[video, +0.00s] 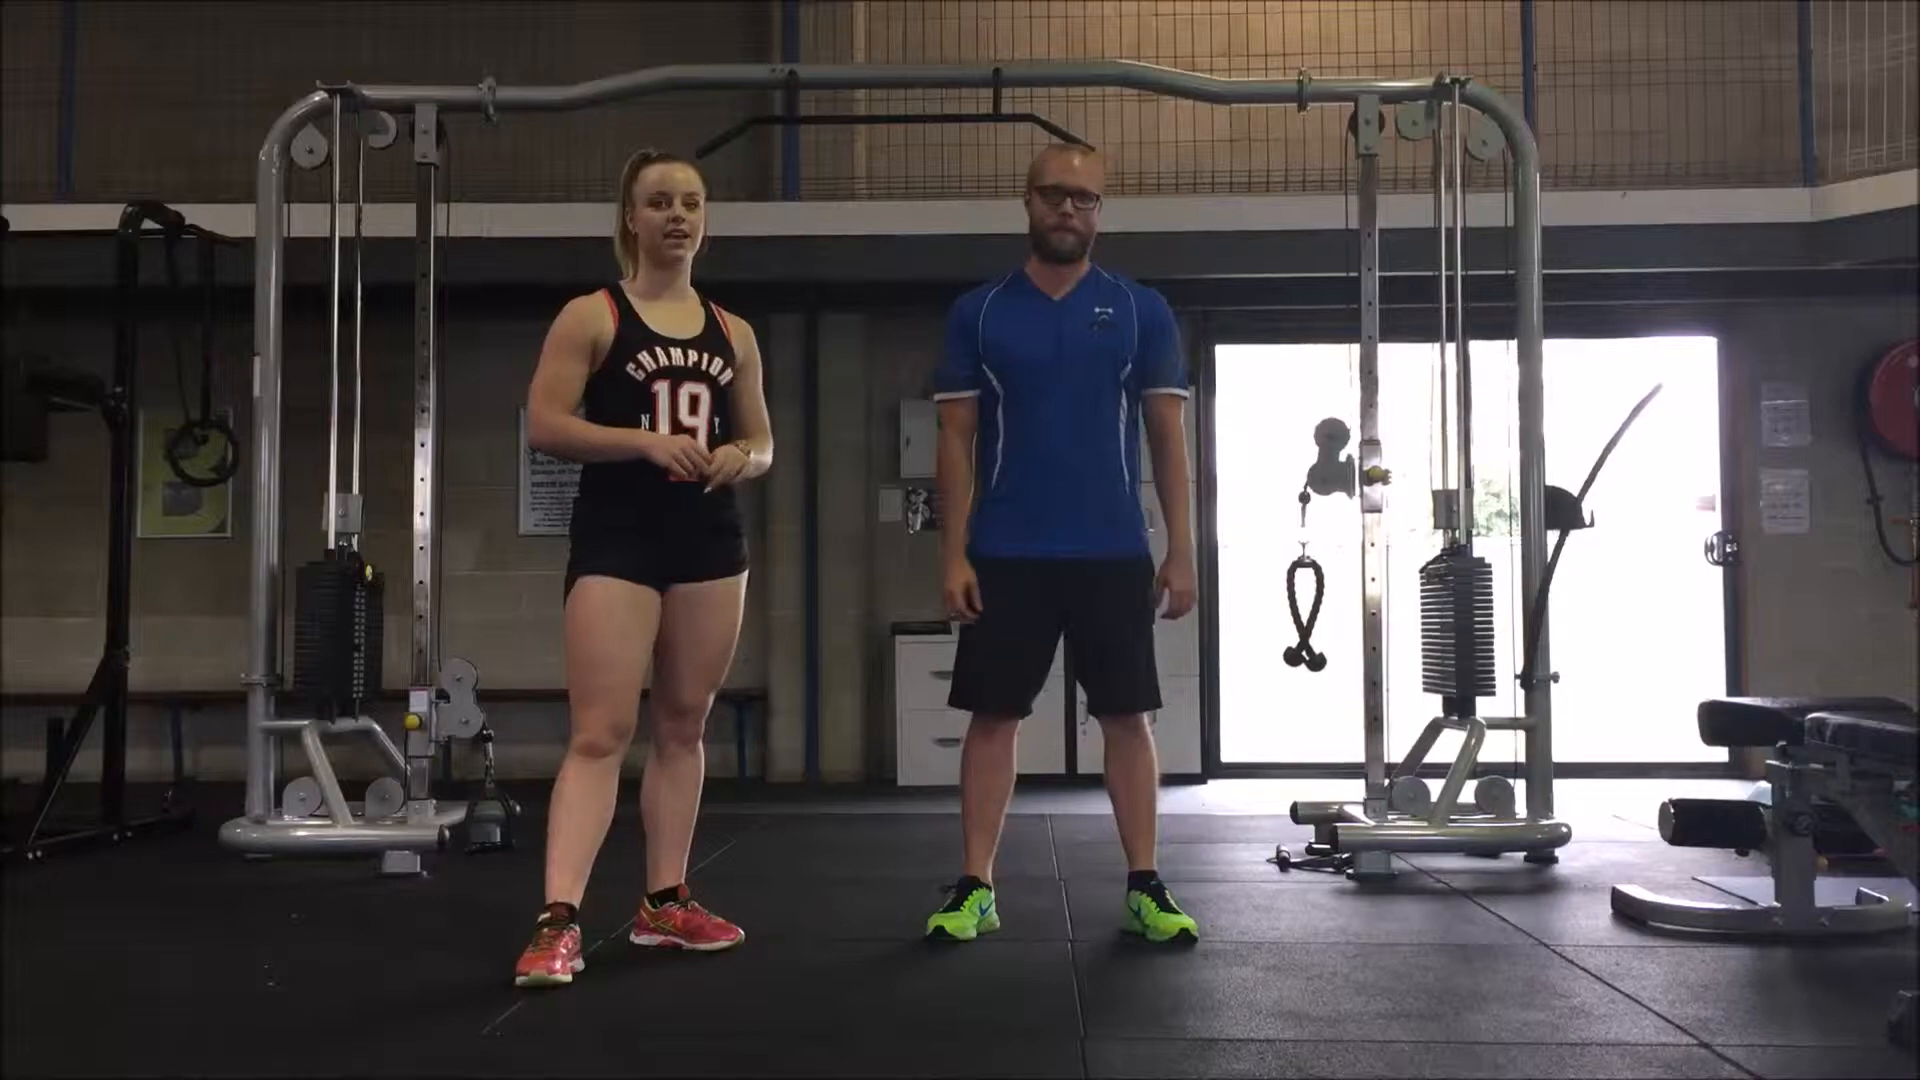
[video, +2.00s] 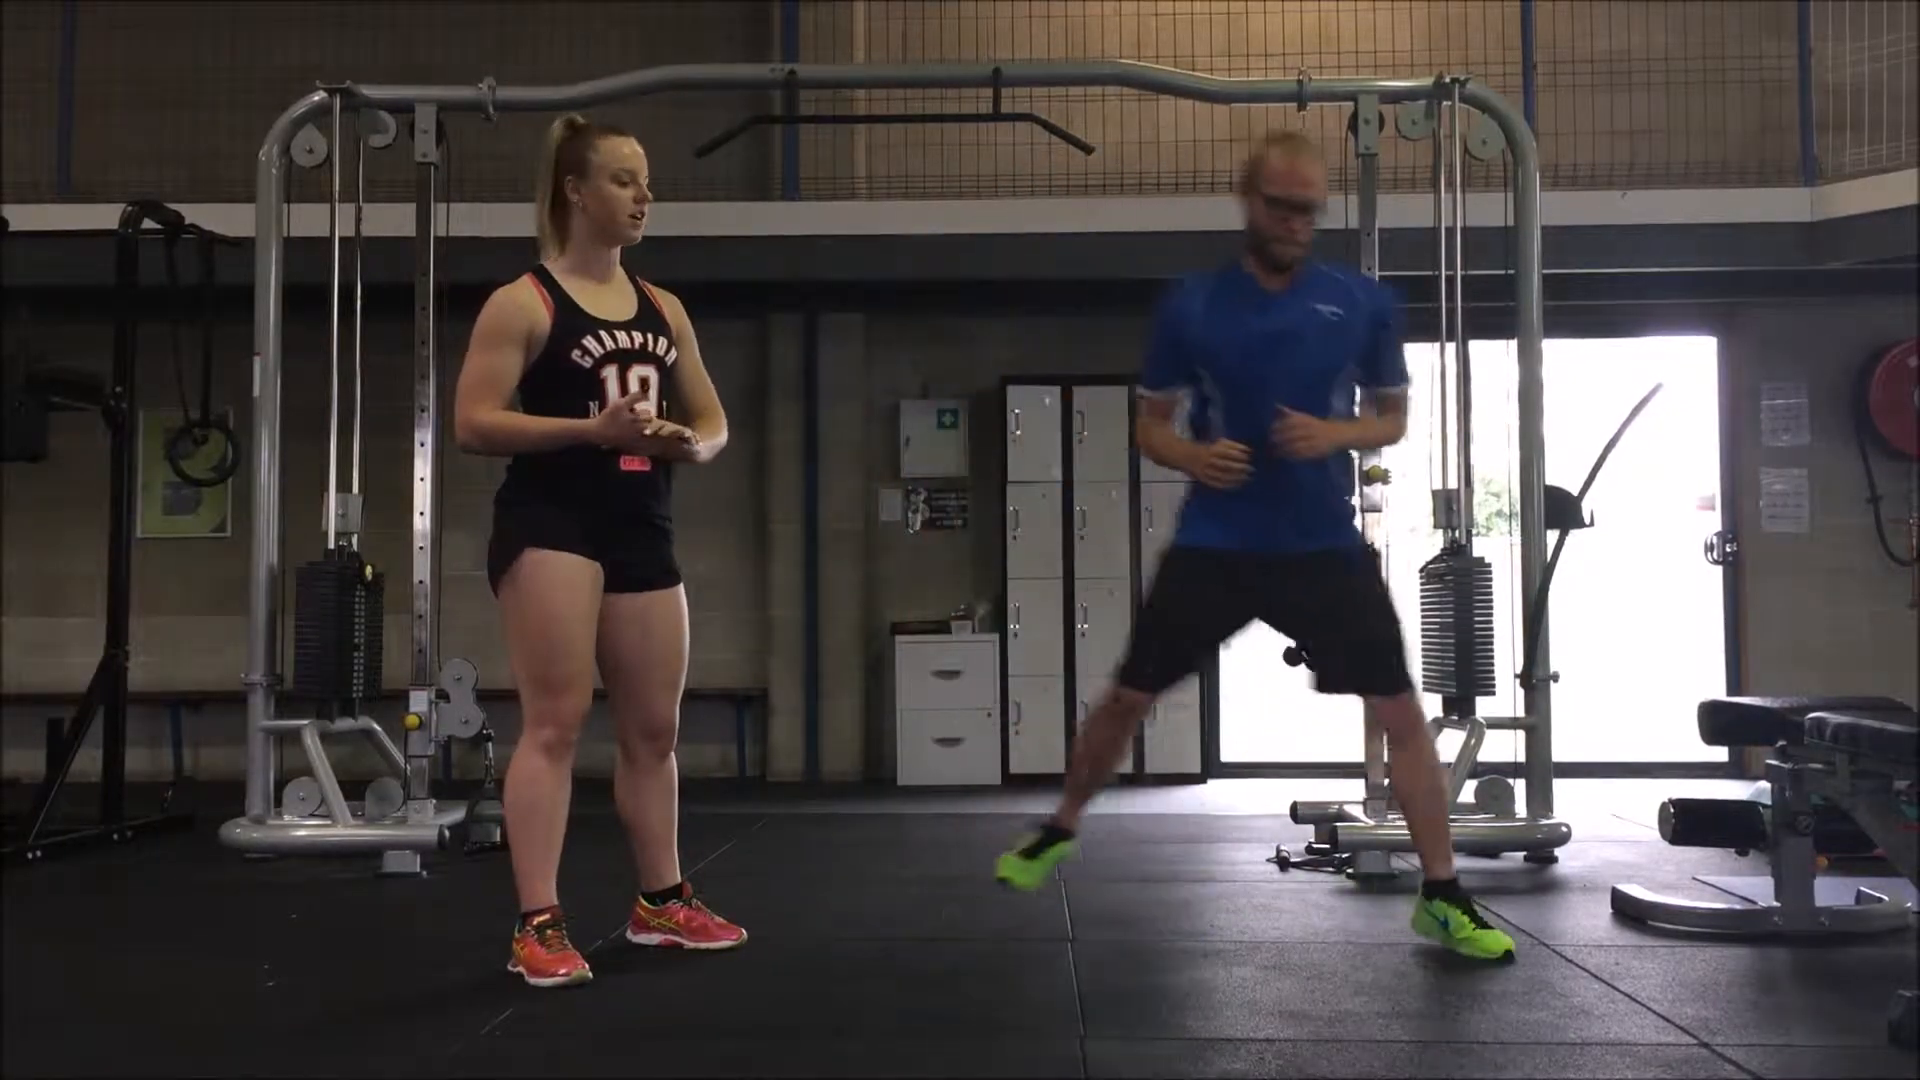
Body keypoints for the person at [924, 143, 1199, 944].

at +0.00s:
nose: (1069, 211)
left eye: (1084, 199)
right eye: (1054, 196)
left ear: (1102, 210)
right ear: (1027, 203)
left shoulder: (1140, 310)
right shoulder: (978, 313)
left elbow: (1168, 437)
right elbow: (955, 436)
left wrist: (1180, 548)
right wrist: (953, 552)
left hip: (1111, 554)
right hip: (1008, 555)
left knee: (1127, 718)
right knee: (991, 720)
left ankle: (1145, 885)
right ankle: (976, 887)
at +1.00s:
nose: (998, 222)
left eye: (1013, 209)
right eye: (984, 207)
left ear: (1033, 211)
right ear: (958, 204)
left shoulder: (1070, 308)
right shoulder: (905, 309)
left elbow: (1095, 424)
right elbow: (873, 427)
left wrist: (1095, 532)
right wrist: (864, 546)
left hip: (1042, 547)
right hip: (944, 551)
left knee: (1059, 699)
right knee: (955, 717)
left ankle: (1050, 844)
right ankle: (972, 884)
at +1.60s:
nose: (1032, 271)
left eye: (1046, 258)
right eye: (1017, 256)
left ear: (1064, 264)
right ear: (987, 258)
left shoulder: (1110, 357)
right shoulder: (945, 372)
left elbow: (1148, 467)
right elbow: (920, 494)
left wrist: (1123, 552)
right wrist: (942, 591)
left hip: (1091, 590)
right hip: (991, 593)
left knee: (1106, 735)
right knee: (974, 742)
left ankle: (1080, 862)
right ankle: (974, 891)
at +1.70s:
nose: (1076, 265)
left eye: (1090, 253)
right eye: (1061, 249)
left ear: (1107, 260)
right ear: (1030, 251)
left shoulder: (1147, 354)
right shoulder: (985, 365)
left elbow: (1187, 463)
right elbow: (961, 483)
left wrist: (1150, 513)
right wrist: (1001, 552)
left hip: (1125, 583)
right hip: (1025, 584)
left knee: (1179, 720)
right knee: (987, 741)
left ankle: (1180, 864)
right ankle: (976, 890)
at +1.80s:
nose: (1142, 229)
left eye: (1156, 216)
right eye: (1127, 213)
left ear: (1171, 221)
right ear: (1095, 212)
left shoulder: (1210, 316)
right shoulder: (1046, 324)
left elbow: (1247, 429)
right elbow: (1013, 438)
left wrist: (1204, 451)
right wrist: (1064, 486)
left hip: (1181, 554)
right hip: (1075, 557)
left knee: (1260, 685)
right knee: (1018, 716)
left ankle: (1298, 851)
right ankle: (975, 880)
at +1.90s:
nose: (1220, 208)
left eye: (1233, 194)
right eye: (1205, 191)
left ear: (1248, 197)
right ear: (1172, 187)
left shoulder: (1284, 283)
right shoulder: (1115, 290)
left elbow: (1320, 404)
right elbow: (1081, 407)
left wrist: (1269, 418)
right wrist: (1129, 446)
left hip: (1249, 529)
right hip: (1141, 530)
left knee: (1333, 681)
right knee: (1068, 686)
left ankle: (1405, 856)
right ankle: (998, 846)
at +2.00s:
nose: (1294, 221)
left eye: (1308, 208)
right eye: (1279, 205)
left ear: (1325, 209)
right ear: (1245, 201)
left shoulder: (1364, 304)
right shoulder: (1193, 304)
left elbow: (1391, 419)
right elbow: (1148, 424)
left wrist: (1336, 432)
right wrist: (1192, 455)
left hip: (1325, 551)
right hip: (1215, 547)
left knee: (1401, 711)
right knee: (1130, 694)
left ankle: (1441, 891)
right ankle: (1061, 827)